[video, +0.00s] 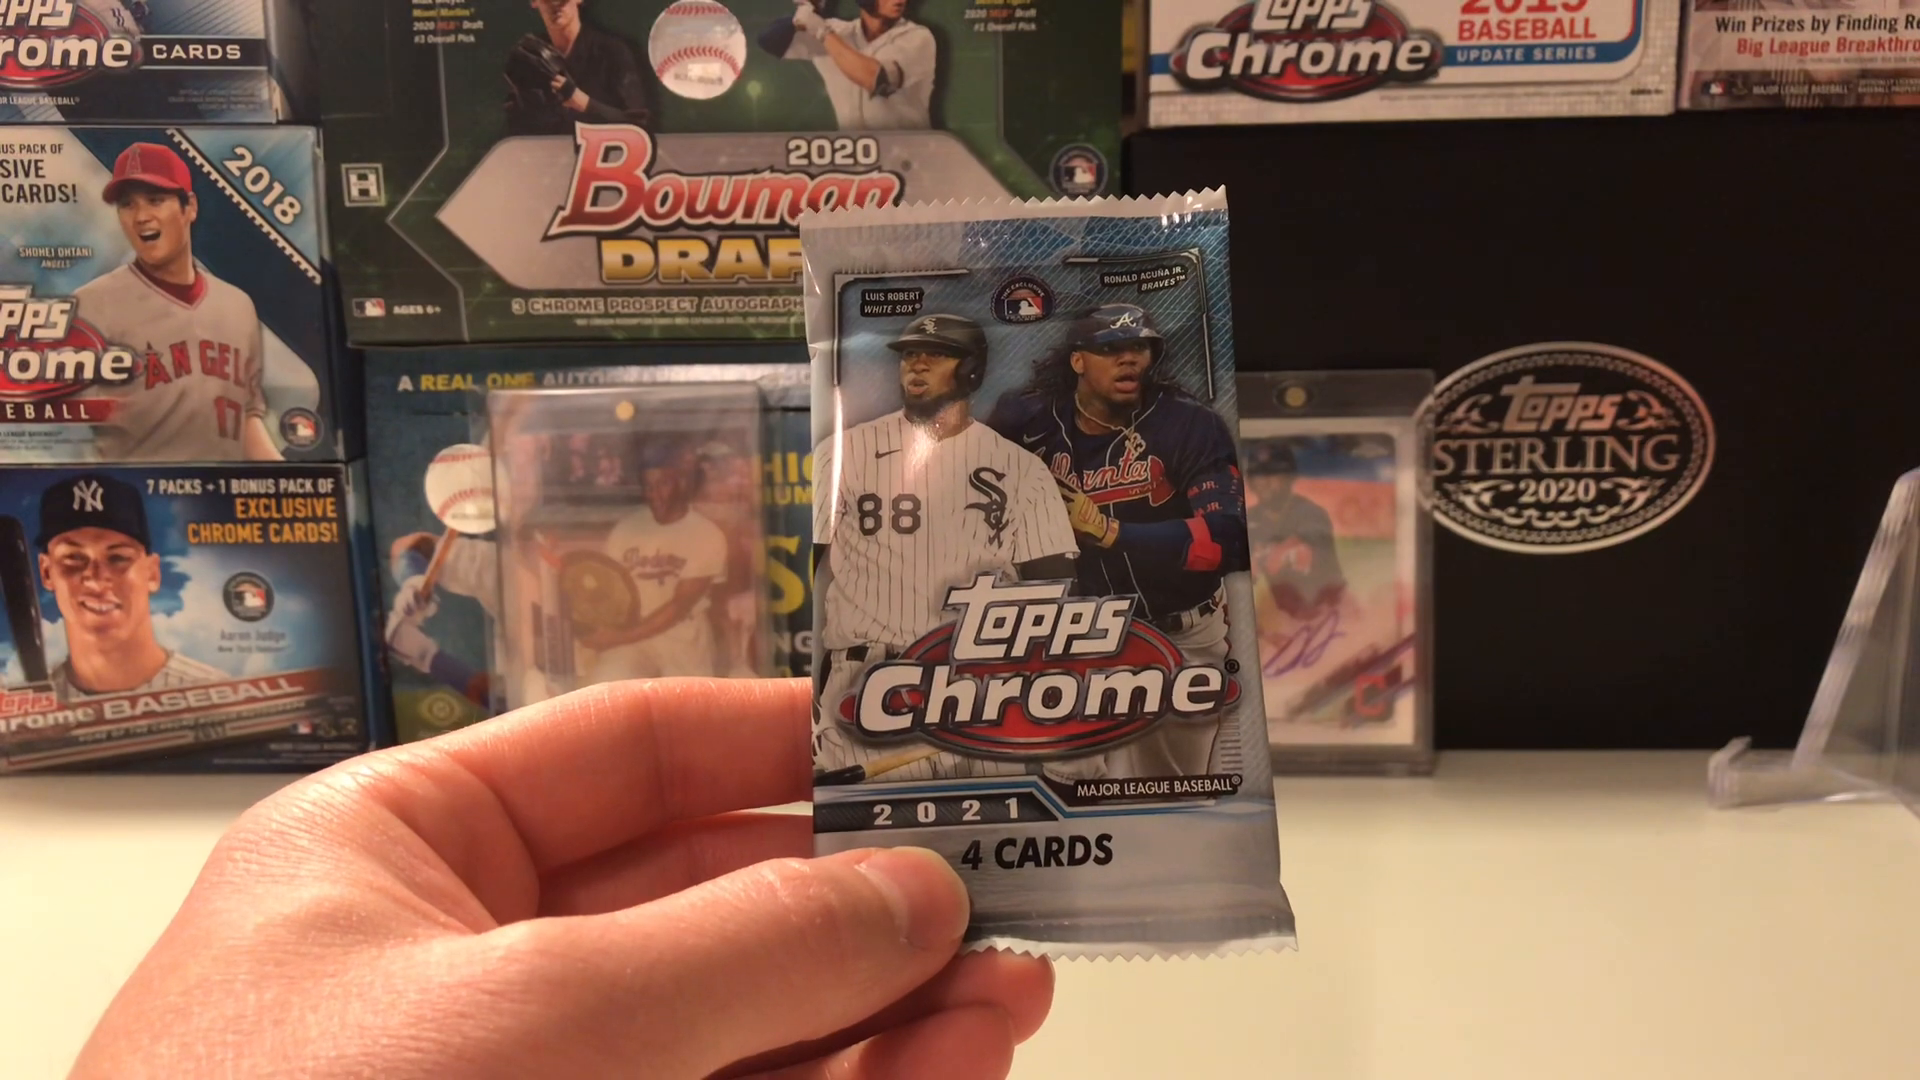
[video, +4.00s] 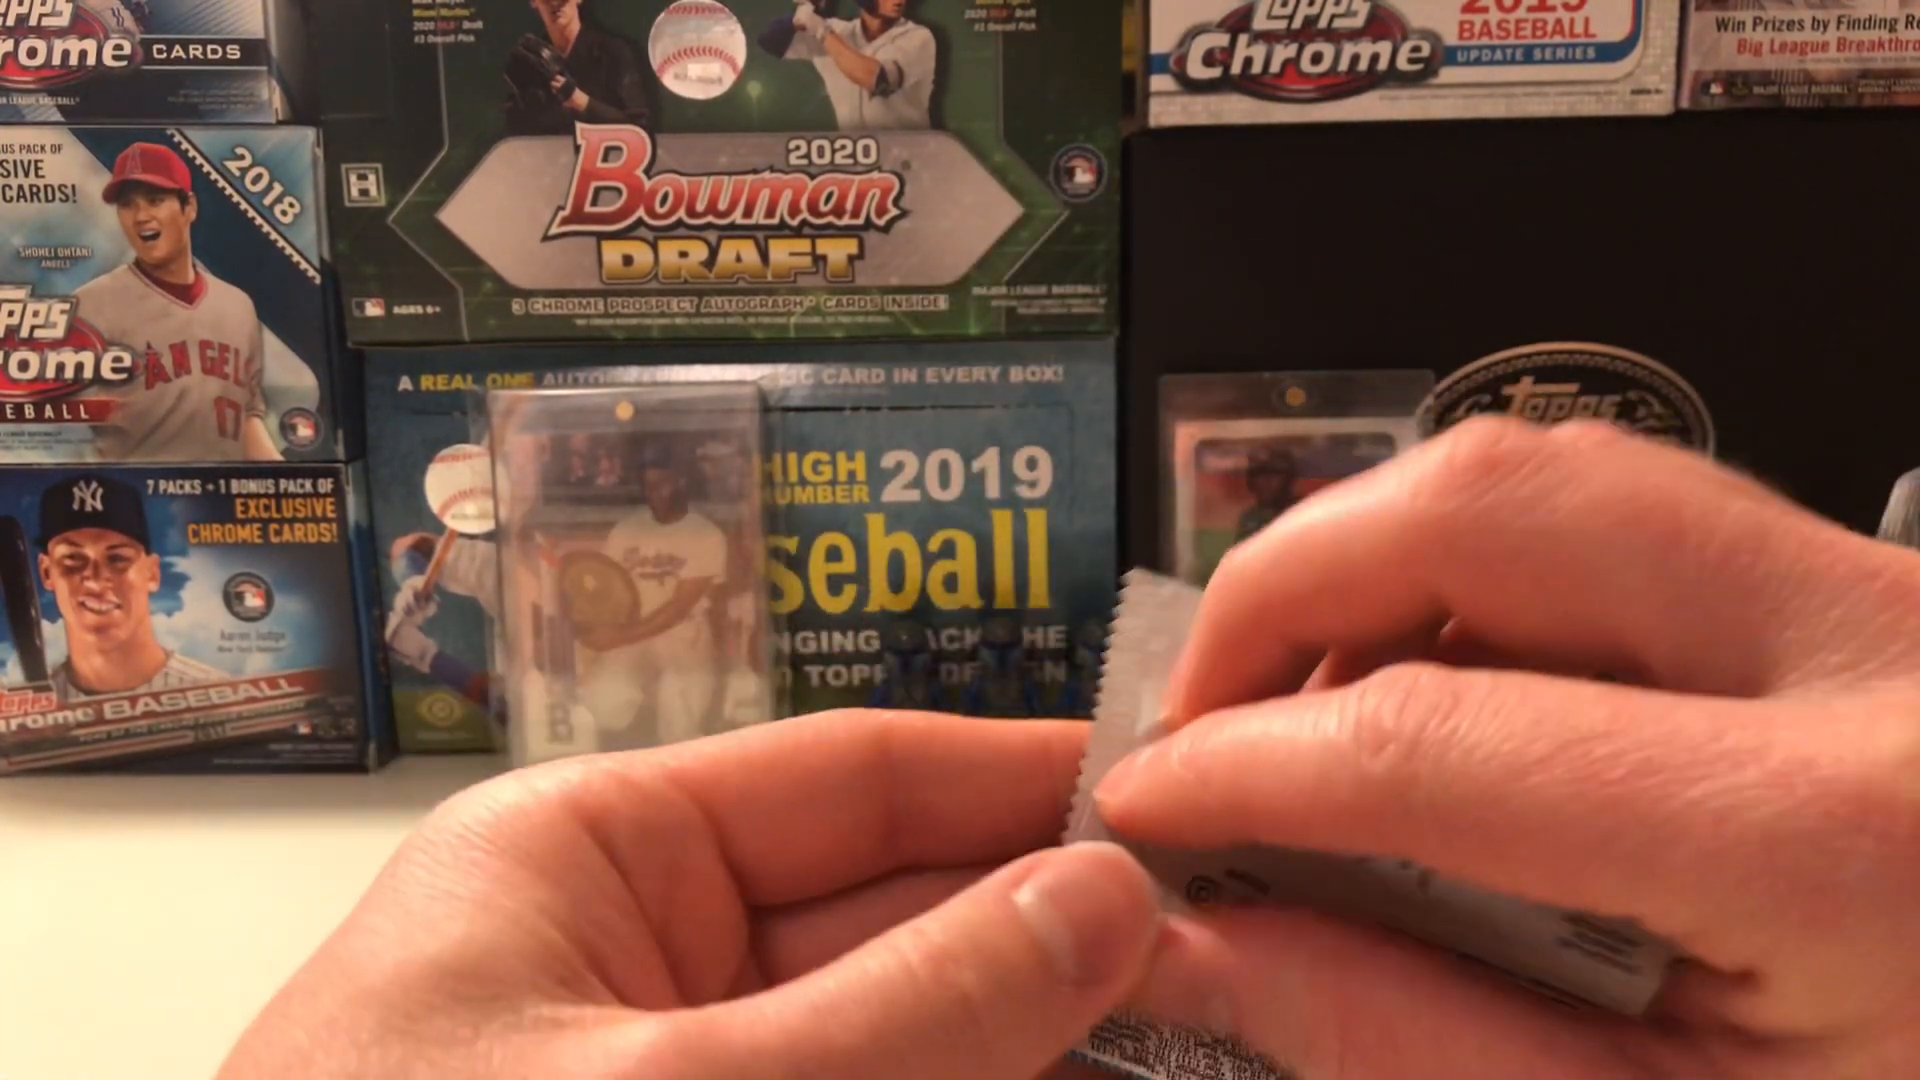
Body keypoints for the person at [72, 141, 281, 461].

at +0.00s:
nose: (142, 216)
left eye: (157, 200)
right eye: (128, 204)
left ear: (189, 209)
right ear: (118, 217)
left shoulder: (239, 306)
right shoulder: (91, 306)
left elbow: (247, 414)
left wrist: (283, 482)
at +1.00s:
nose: (142, 216)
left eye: (156, 199)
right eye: (128, 203)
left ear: (189, 209)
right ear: (118, 216)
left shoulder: (239, 306)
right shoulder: (90, 307)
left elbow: (248, 414)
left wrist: (284, 482)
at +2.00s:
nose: (142, 216)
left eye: (157, 200)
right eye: (128, 203)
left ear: (189, 209)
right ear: (118, 217)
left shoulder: (238, 306)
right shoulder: (91, 307)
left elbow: (248, 414)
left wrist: (283, 482)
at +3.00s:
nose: (142, 216)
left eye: (156, 199)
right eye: (128, 203)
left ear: (189, 209)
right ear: (118, 216)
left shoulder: (238, 307)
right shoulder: (91, 306)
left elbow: (248, 414)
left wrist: (283, 482)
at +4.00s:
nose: (142, 216)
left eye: (156, 200)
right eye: (129, 203)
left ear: (189, 209)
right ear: (118, 216)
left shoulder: (238, 306)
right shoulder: (91, 306)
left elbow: (248, 414)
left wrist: (282, 480)